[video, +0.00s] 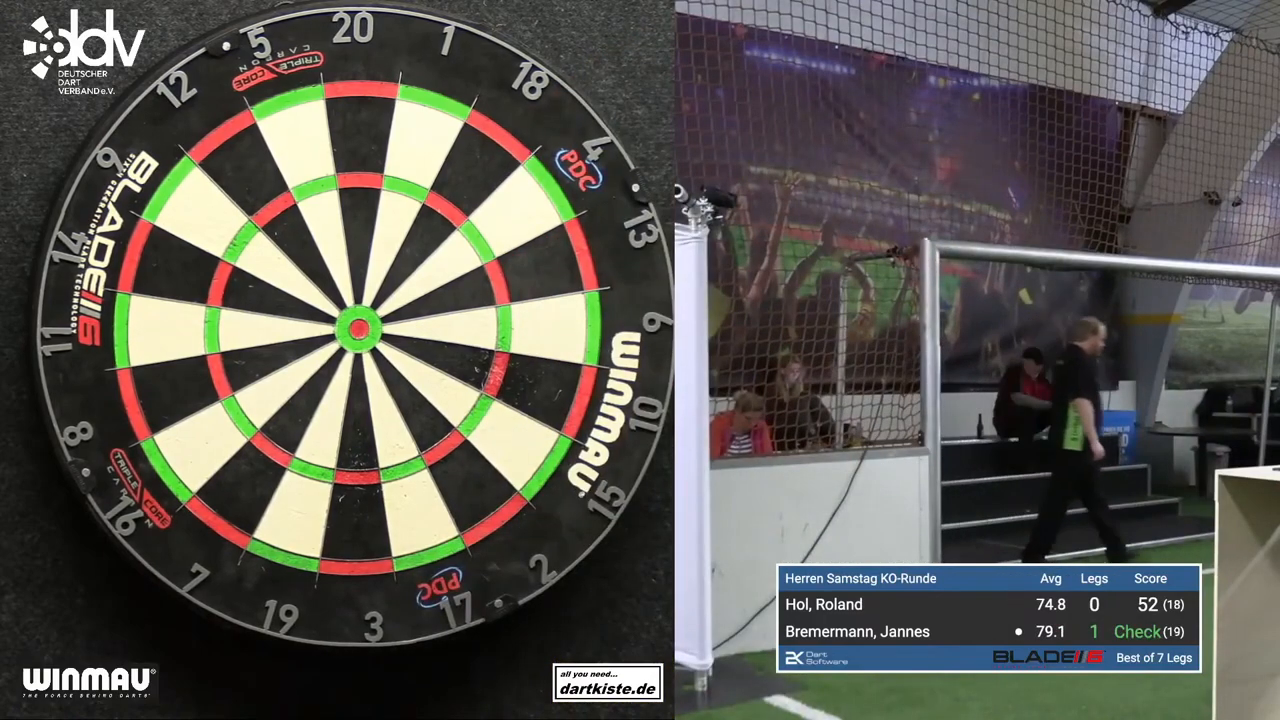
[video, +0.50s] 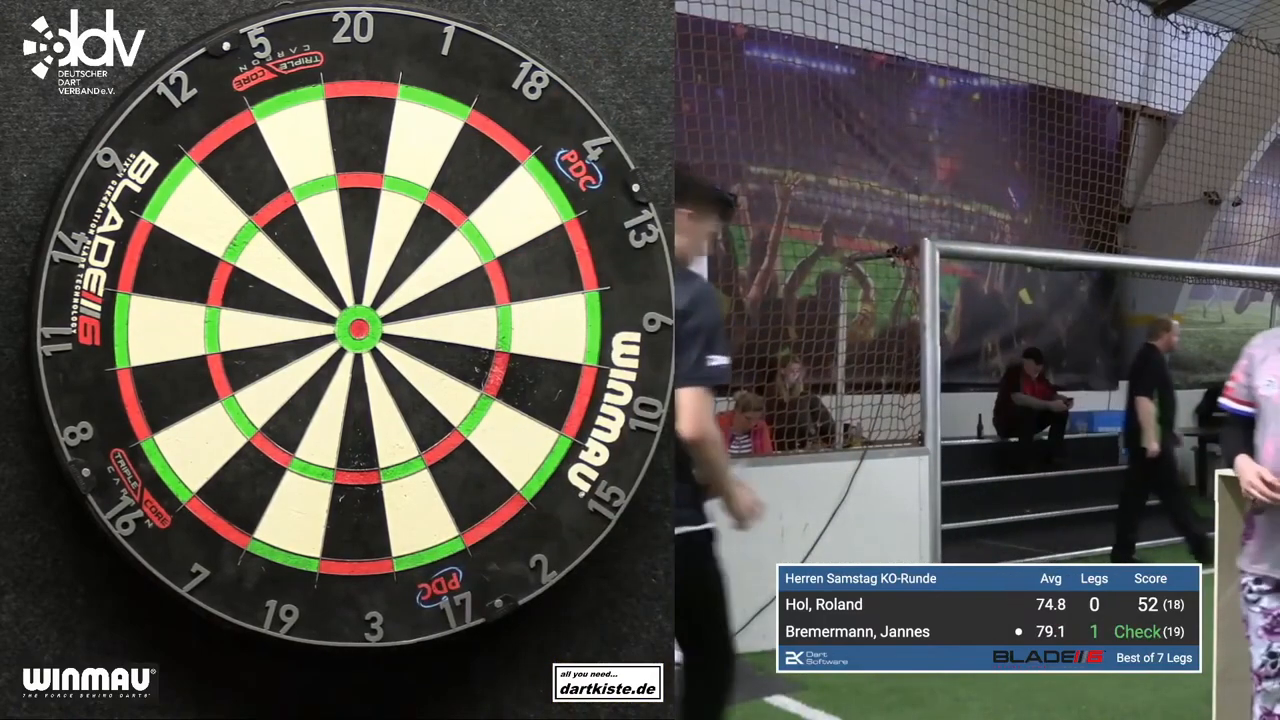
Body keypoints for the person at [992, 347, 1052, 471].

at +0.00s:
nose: (1038, 368)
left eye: (1039, 365)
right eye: (1034, 365)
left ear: (1041, 366)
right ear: (1025, 363)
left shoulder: (1044, 383)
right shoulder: (1014, 374)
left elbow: (1052, 402)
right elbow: (1016, 398)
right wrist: (1048, 405)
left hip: (1031, 422)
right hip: (1007, 422)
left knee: (1056, 412)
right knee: (1027, 414)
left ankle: (1053, 451)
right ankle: (1025, 457)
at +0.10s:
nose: (1038, 369)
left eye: (1040, 366)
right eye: (1035, 365)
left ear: (1041, 366)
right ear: (1026, 363)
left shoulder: (1040, 380)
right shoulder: (1013, 373)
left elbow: (1052, 396)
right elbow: (1017, 398)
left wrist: (1065, 402)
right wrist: (1050, 405)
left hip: (1029, 421)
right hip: (1007, 422)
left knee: (1060, 412)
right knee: (1028, 414)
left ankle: (1054, 452)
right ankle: (1025, 456)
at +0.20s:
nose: (1038, 368)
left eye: (1040, 365)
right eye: (1035, 364)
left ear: (1042, 366)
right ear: (1026, 362)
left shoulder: (1040, 380)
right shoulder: (1013, 374)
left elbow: (1051, 395)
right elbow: (1017, 398)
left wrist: (1063, 401)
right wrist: (1050, 405)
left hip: (1030, 421)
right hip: (1007, 422)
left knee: (1060, 411)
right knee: (1028, 414)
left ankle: (1054, 452)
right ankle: (1026, 456)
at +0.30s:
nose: (1038, 368)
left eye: (1040, 365)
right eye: (1035, 364)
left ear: (1042, 366)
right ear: (1026, 362)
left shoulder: (1040, 380)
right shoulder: (1013, 374)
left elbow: (1051, 395)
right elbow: (1017, 398)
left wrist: (1064, 401)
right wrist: (1049, 405)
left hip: (1030, 421)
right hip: (1007, 422)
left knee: (1060, 411)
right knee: (1027, 414)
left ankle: (1054, 453)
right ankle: (1026, 457)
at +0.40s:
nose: (1038, 368)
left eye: (1040, 365)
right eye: (1035, 365)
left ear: (1042, 366)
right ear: (1025, 362)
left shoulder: (1040, 379)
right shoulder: (1013, 374)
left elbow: (1051, 395)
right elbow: (1017, 398)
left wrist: (1064, 401)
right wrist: (1050, 405)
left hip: (1030, 421)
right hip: (1007, 422)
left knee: (1060, 411)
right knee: (1028, 414)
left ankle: (1054, 452)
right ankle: (1026, 456)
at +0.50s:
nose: (1038, 368)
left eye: (1040, 365)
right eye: (1035, 364)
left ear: (1042, 366)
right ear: (1026, 362)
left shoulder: (1040, 379)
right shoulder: (1013, 374)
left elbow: (1051, 395)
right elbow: (1017, 398)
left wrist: (1064, 401)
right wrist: (1050, 405)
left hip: (1029, 421)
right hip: (1007, 422)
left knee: (1060, 411)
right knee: (1028, 414)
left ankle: (1054, 453)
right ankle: (1025, 457)